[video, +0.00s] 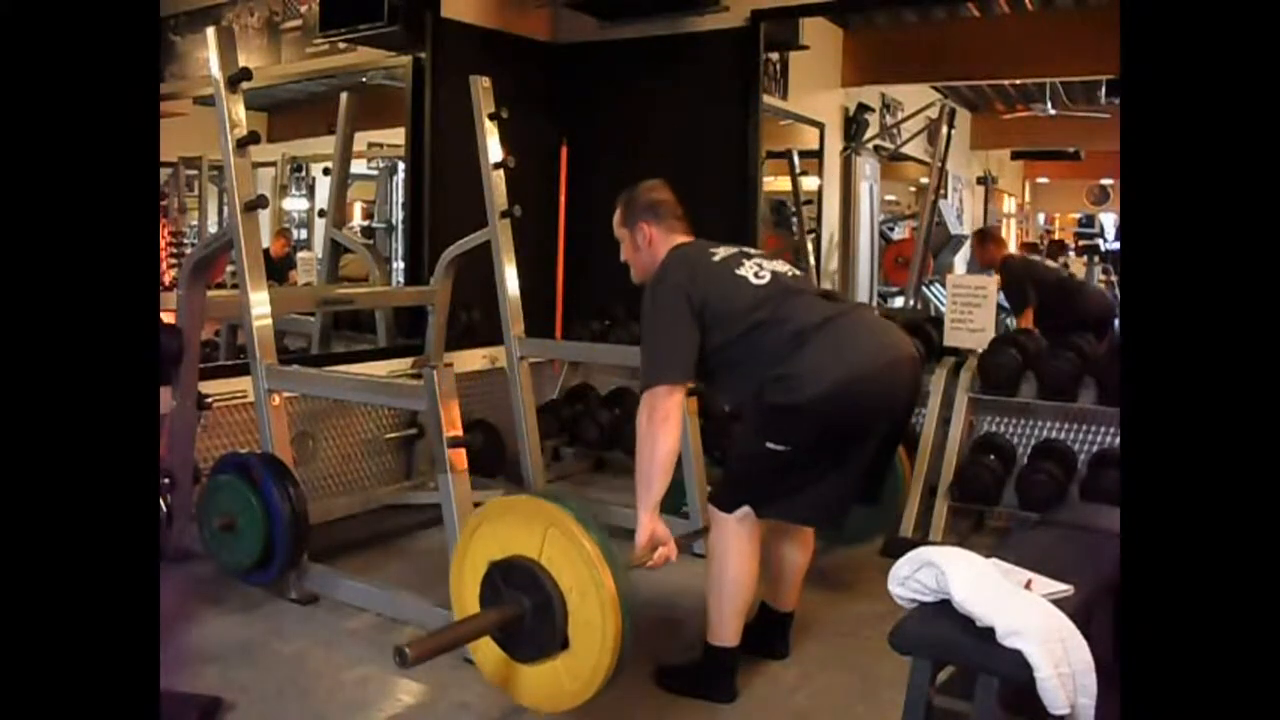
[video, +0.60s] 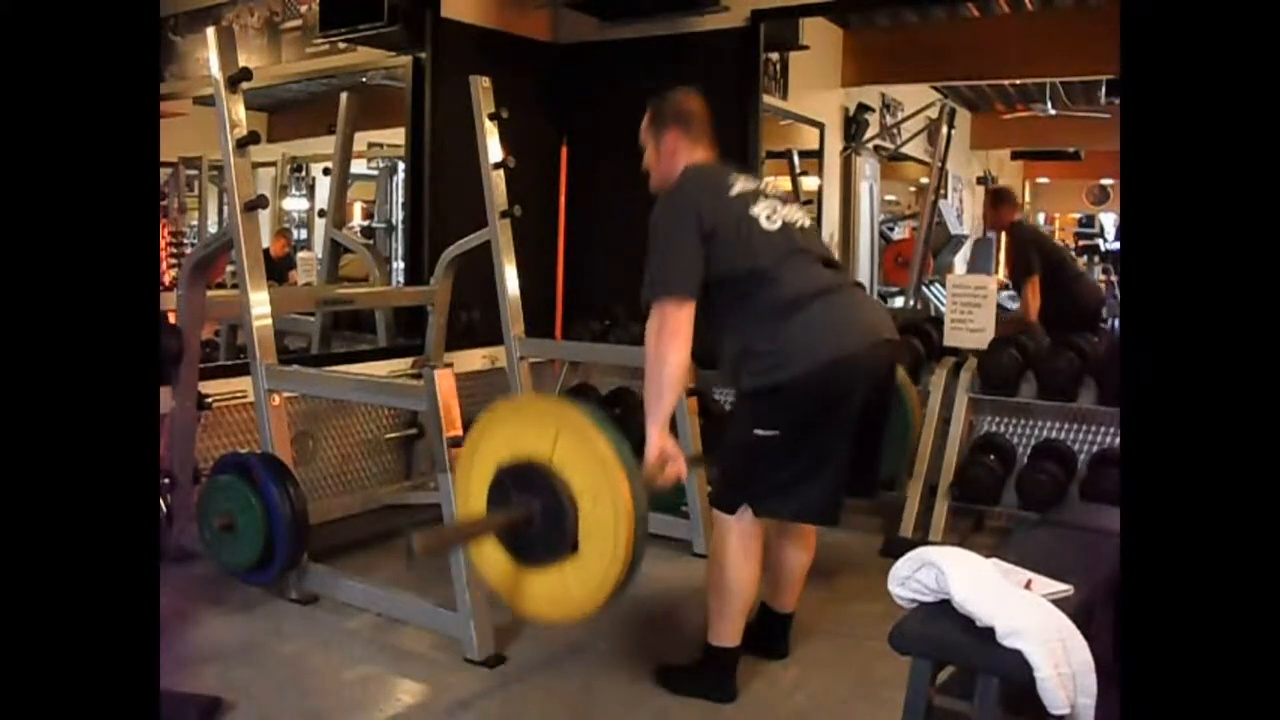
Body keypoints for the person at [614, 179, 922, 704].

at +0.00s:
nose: (623, 258)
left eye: (623, 243)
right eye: (620, 245)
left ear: (646, 233)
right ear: (674, 229)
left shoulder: (673, 279)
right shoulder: (732, 260)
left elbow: (663, 399)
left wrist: (647, 515)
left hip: (823, 374)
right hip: (891, 357)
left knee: (733, 507)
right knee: (795, 503)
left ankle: (716, 669)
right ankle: (773, 629)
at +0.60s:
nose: (647, 166)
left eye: (649, 149)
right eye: (646, 150)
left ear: (670, 141)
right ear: (703, 140)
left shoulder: (682, 199)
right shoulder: (750, 188)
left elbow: (671, 322)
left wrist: (657, 429)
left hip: (798, 359)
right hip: (868, 345)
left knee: (734, 501)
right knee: (800, 500)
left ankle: (717, 667)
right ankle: (774, 630)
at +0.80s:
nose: (704, 78)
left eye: (705, 64)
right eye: (703, 65)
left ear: (725, 56)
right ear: (770, 57)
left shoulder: (732, 125)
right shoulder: (811, 129)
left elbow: (693, 236)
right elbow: (800, 242)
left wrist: (661, 340)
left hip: (758, 346)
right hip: (826, 340)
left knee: (739, 508)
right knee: (787, 496)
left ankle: (717, 668)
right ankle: (773, 631)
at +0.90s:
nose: (733, 80)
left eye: (735, 65)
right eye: (732, 67)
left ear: (760, 52)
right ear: (795, 53)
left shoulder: (758, 117)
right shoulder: (835, 128)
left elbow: (706, 233)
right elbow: (823, 248)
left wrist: (661, 330)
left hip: (749, 343)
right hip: (818, 342)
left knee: (727, 504)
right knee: (776, 490)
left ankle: (716, 668)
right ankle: (772, 631)